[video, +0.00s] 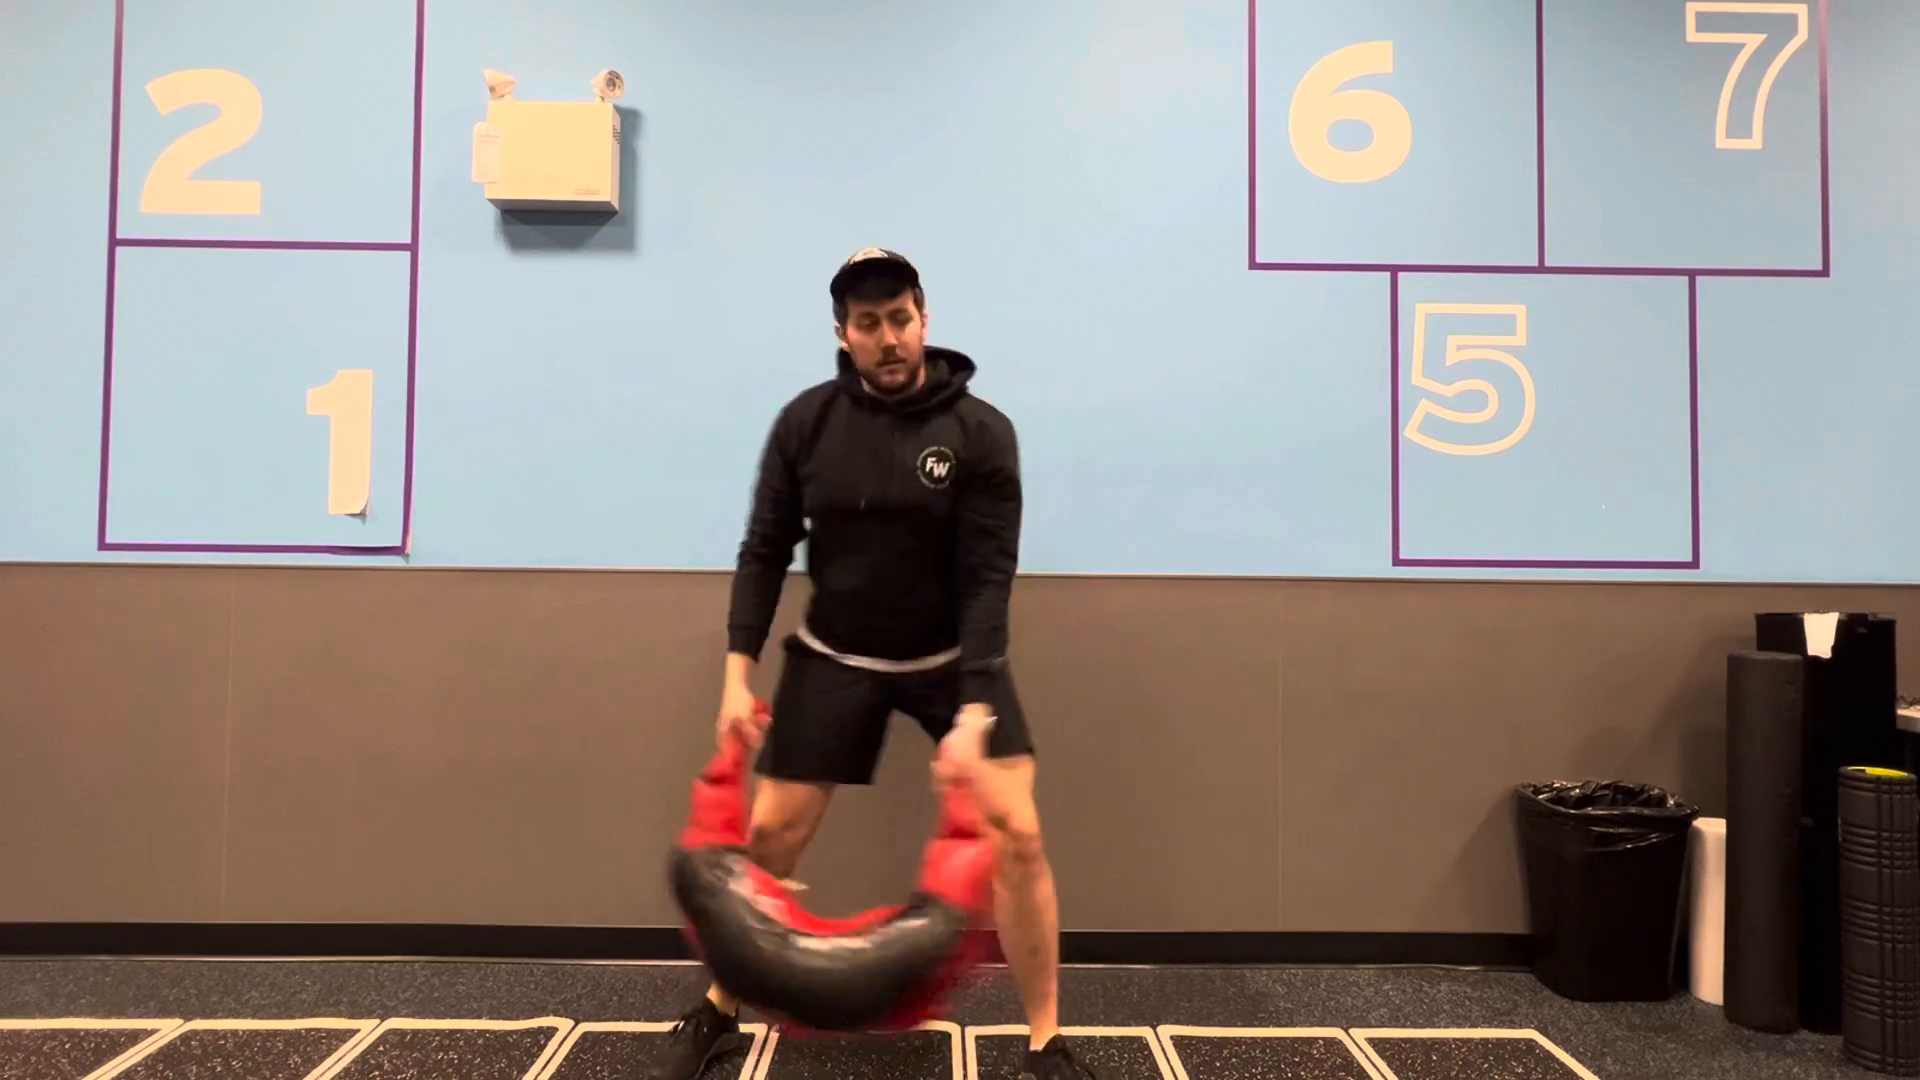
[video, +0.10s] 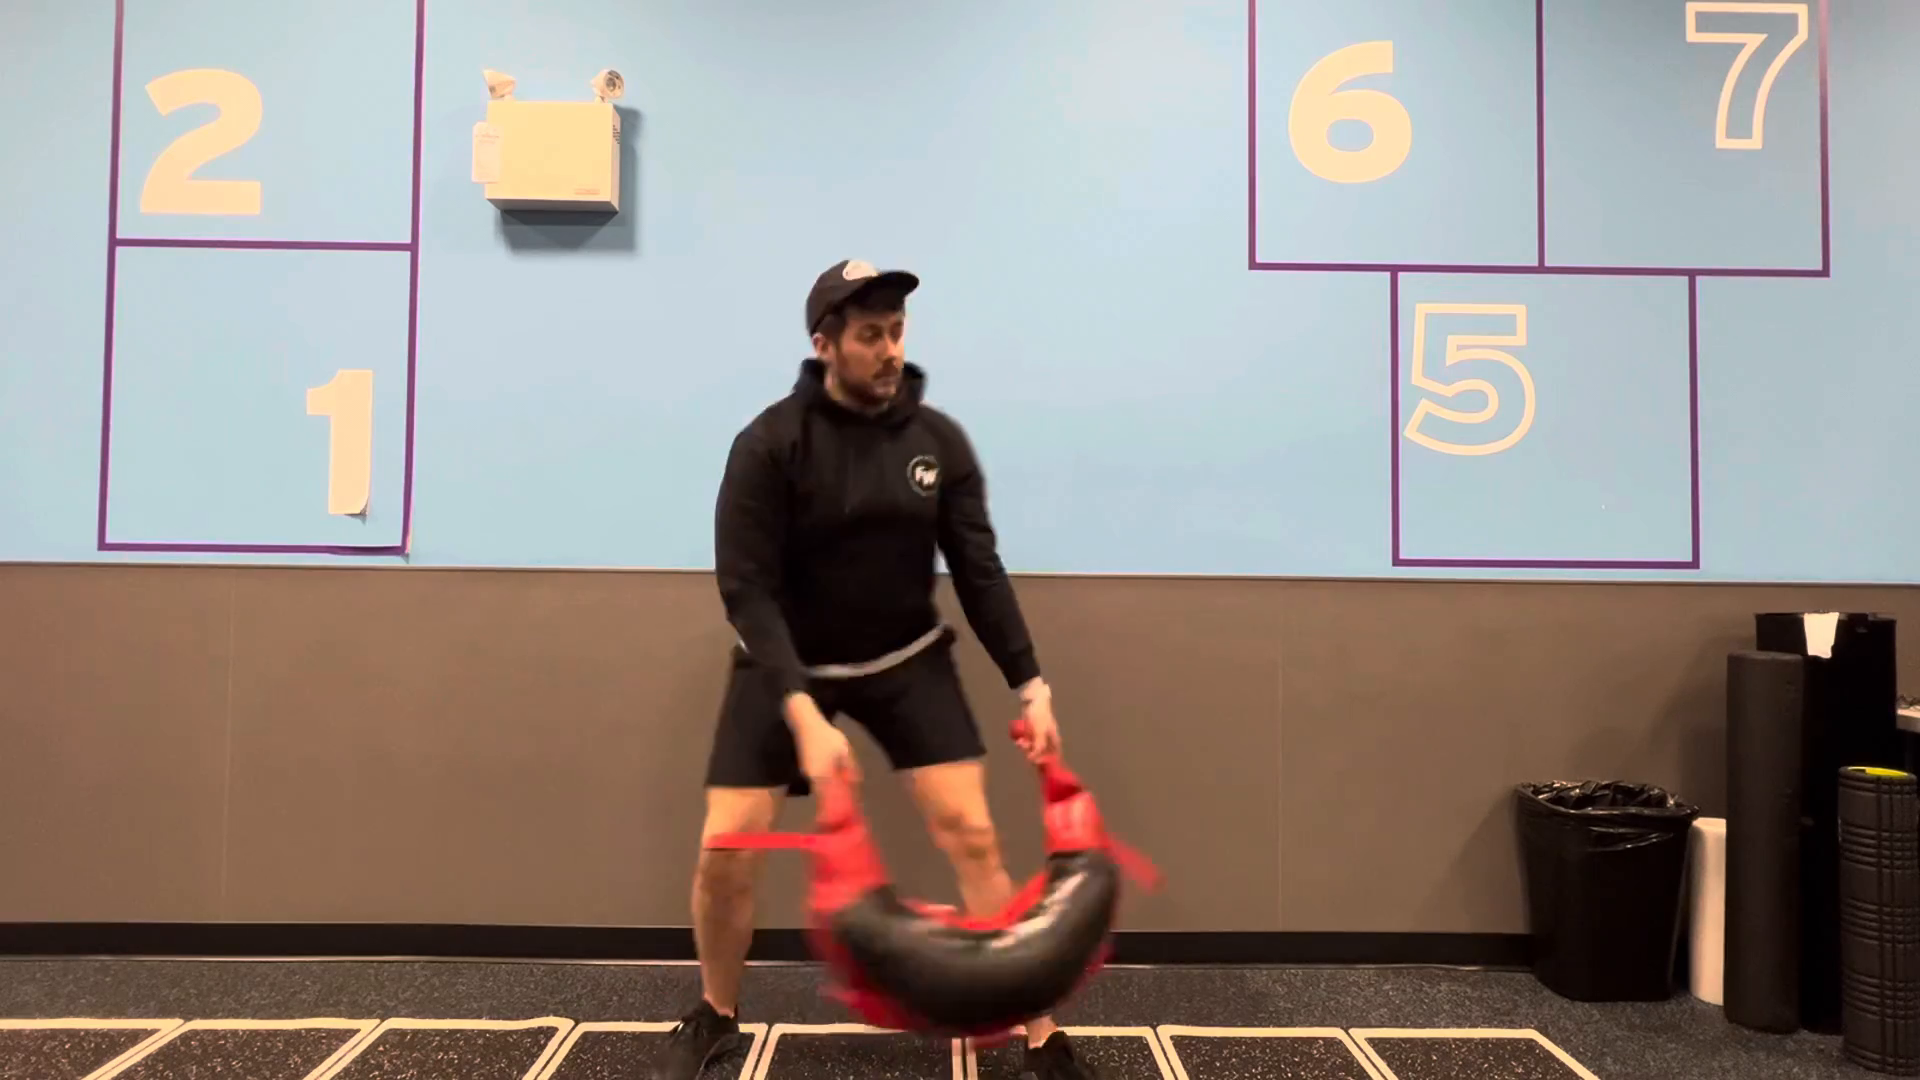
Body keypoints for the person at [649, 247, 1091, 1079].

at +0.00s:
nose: (890, 339)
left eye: (902, 320)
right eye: (870, 325)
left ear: (925, 321)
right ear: (842, 334)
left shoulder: (979, 434)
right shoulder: (805, 424)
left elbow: (990, 576)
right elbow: (764, 548)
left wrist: (975, 710)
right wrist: (738, 673)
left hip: (951, 660)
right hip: (835, 658)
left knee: (1018, 834)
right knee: (770, 829)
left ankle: (1046, 1042)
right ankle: (721, 1004)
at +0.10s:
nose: (888, 348)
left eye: (896, 332)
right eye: (869, 334)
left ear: (906, 337)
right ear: (825, 343)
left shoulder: (937, 442)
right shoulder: (769, 445)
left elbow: (978, 568)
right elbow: (746, 590)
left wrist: (1028, 682)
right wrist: (802, 708)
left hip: (907, 662)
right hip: (783, 667)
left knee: (973, 832)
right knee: (724, 854)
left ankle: (1034, 1031)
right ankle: (718, 1013)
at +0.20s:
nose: (884, 383)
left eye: (883, 367)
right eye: (866, 370)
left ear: (875, 372)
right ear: (811, 385)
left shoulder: (893, 474)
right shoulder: (758, 482)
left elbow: (945, 587)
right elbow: (789, 640)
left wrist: (1020, 678)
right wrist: (902, 741)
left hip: (857, 683)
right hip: (740, 688)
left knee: (937, 843)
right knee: (694, 872)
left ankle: (1042, 1037)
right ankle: (715, 1017)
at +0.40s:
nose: (871, 474)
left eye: (867, 456)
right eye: (854, 460)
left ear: (811, 476)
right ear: (802, 476)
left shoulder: (857, 551)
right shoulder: (738, 571)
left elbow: (909, 650)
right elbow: (851, 678)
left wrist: (1016, 719)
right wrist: (1007, 730)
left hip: (801, 725)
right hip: (684, 737)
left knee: (898, 873)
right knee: (667, 913)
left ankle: (1040, 1041)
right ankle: (713, 1019)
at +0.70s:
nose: (854, 437)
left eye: (853, 419)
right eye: (835, 422)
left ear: (853, 419)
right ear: (780, 434)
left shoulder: (866, 517)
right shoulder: (723, 534)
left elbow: (910, 626)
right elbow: (785, 685)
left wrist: (991, 711)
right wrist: (919, 774)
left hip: (823, 705)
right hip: (707, 713)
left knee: (920, 867)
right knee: (678, 891)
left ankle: (1041, 1041)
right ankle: (710, 1019)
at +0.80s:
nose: (845, 393)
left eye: (851, 374)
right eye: (824, 376)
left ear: (860, 378)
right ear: (776, 383)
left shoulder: (888, 477)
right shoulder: (726, 495)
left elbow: (932, 596)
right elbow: (751, 647)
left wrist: (994, 705)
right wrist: (815, 769)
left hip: (857, 679)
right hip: (740, 687)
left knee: (943, 851)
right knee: (698, 865)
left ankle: (1031, 1024)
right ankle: (712, 1019)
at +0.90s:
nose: (821, 353)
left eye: (839, 336)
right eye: (806, 337)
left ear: (872, 342)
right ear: (787, 345)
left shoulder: (923, 445)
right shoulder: (748, 458)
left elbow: (957, 585)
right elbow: (727, 604)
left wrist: (962, 721)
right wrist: (716, 743)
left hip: (902, 664)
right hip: (785, 667)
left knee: (973, 828)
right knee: (739, 829)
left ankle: (1053, 1026)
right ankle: (716, 1020)